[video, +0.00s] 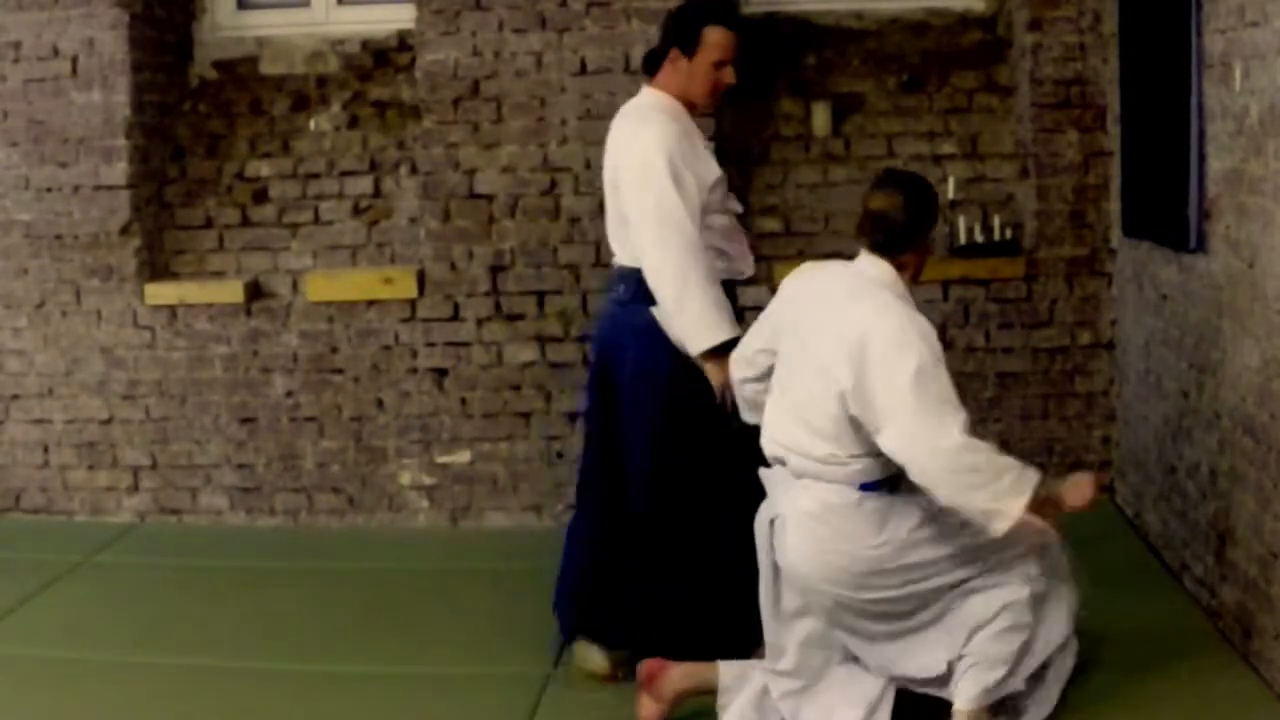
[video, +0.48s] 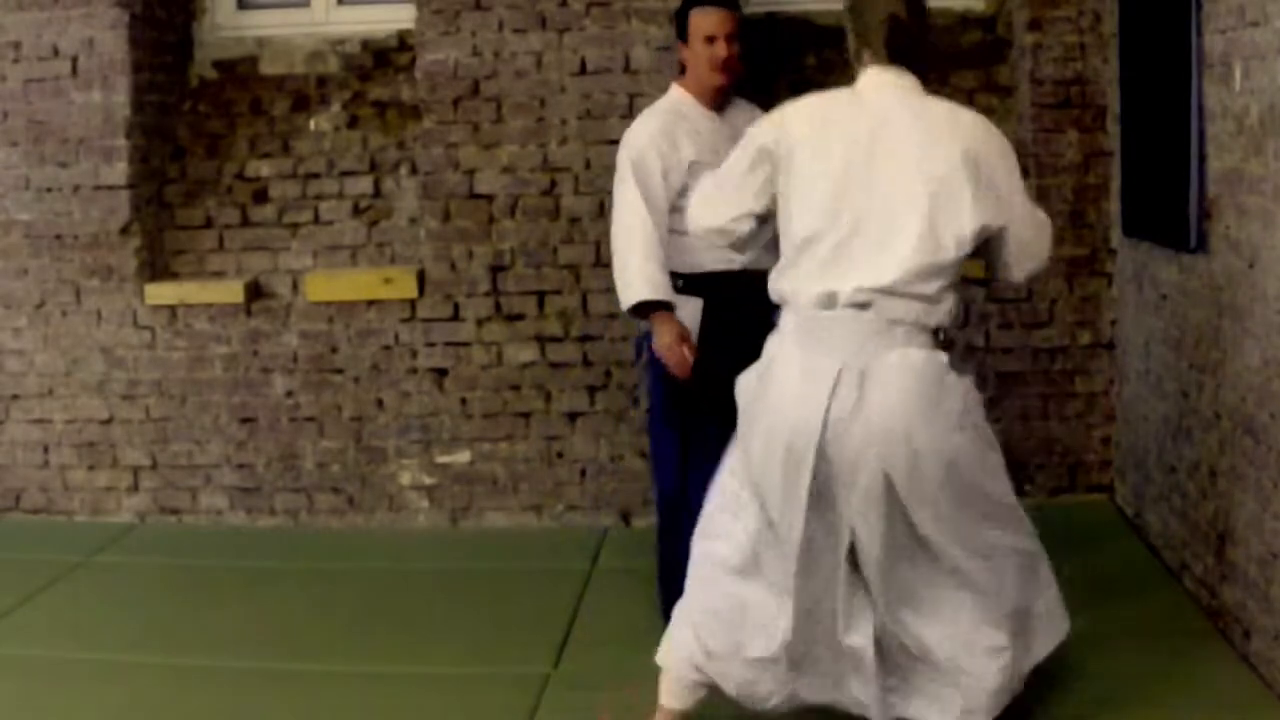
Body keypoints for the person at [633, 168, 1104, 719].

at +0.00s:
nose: (934, 248)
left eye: (927, 235)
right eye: (934, 237)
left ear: (861, 230)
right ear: (923, 248)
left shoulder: (806, 282)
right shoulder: (894, 325)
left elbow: (745, 371)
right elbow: (936, 452)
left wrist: (797, 429)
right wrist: (1046, 491)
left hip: (785, 514)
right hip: (852, 531)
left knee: (815, 677)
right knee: (1029, 554)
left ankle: (684, 680)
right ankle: (974, 706)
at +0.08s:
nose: (949, 239)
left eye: (943, 227)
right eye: (949, 229)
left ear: (877, 224)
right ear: (939, 240)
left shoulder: (817, 271)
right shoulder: (913, 330)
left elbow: (748, 352)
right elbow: (976, 454)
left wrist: (814, 395)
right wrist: (1069, 461)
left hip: (793, 507)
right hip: (861, 528)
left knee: (812, 674)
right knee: (1032, 558)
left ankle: (681, 679)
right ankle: (978, 708)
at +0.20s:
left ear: (885, 197)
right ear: (953, 217)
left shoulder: (817, 244)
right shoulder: (942, 298)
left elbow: (750, 337)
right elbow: (1010, 417)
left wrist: (823, 360)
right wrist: (1060, 391)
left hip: (796, 485)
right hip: (877, 499)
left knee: (839, 648)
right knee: (1043, 546)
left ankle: (682, 676)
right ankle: (980, 707)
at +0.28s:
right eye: (956, 159)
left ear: (891, 156)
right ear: (952, 169)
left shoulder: (812, 213)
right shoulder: (955, 253)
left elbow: (743, 302)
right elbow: (1026, 372)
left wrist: (810, 360)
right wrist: (1038, 315)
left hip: (798, 455)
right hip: (890, 471)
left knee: (815, 615)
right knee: (1044, 546)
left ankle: (660, 683)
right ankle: (976, 711)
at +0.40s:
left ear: (868, 83)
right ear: (937, 87)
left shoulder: (798, 155)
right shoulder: (970, 170)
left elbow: (727, 258)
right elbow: (1033, 300)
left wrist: (801, 293)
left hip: (796, 405)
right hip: (905, 416)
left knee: (765, 549)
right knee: (1022, 550)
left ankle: (648, 697)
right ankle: (973, 711)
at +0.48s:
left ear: (858, 47)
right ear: (930, 51)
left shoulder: (796, 122)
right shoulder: (969, 134)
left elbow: (708, 219)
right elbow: (1025, 257)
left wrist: (795, 226)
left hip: (799, 368)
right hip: (911, 380)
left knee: (737, 531)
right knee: (980, 553)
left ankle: (674, 693)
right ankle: (960, 699)